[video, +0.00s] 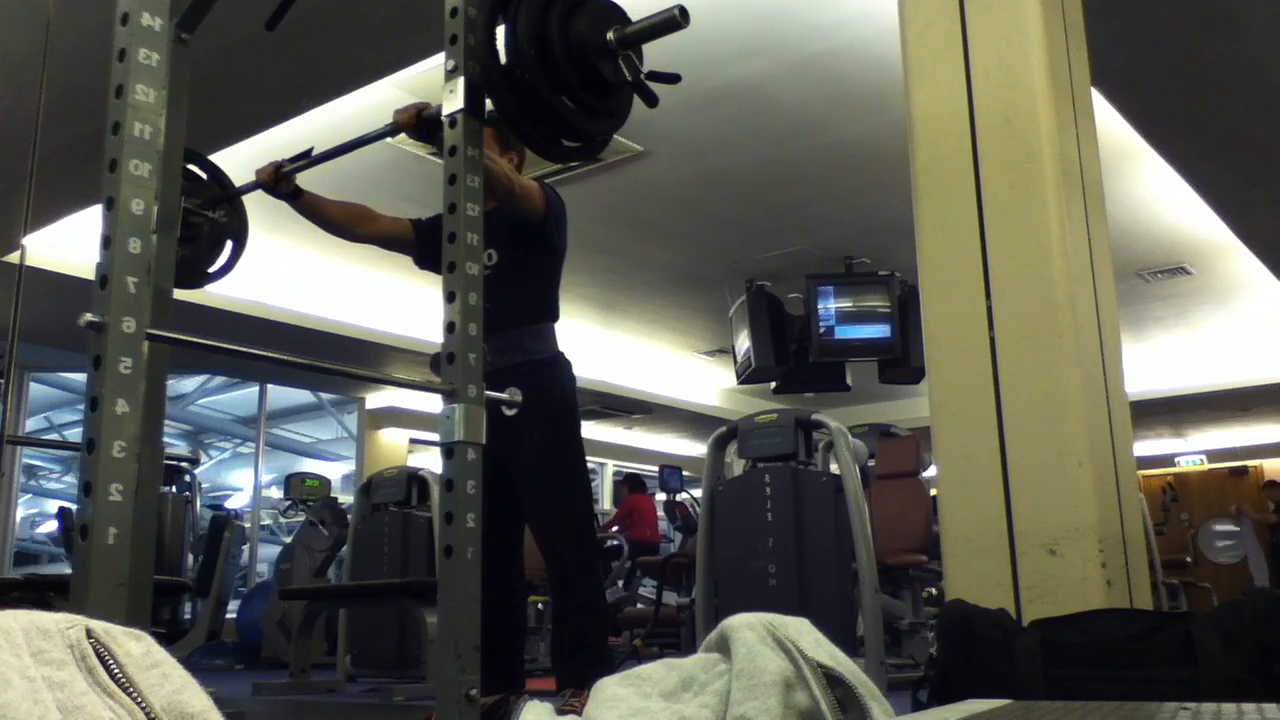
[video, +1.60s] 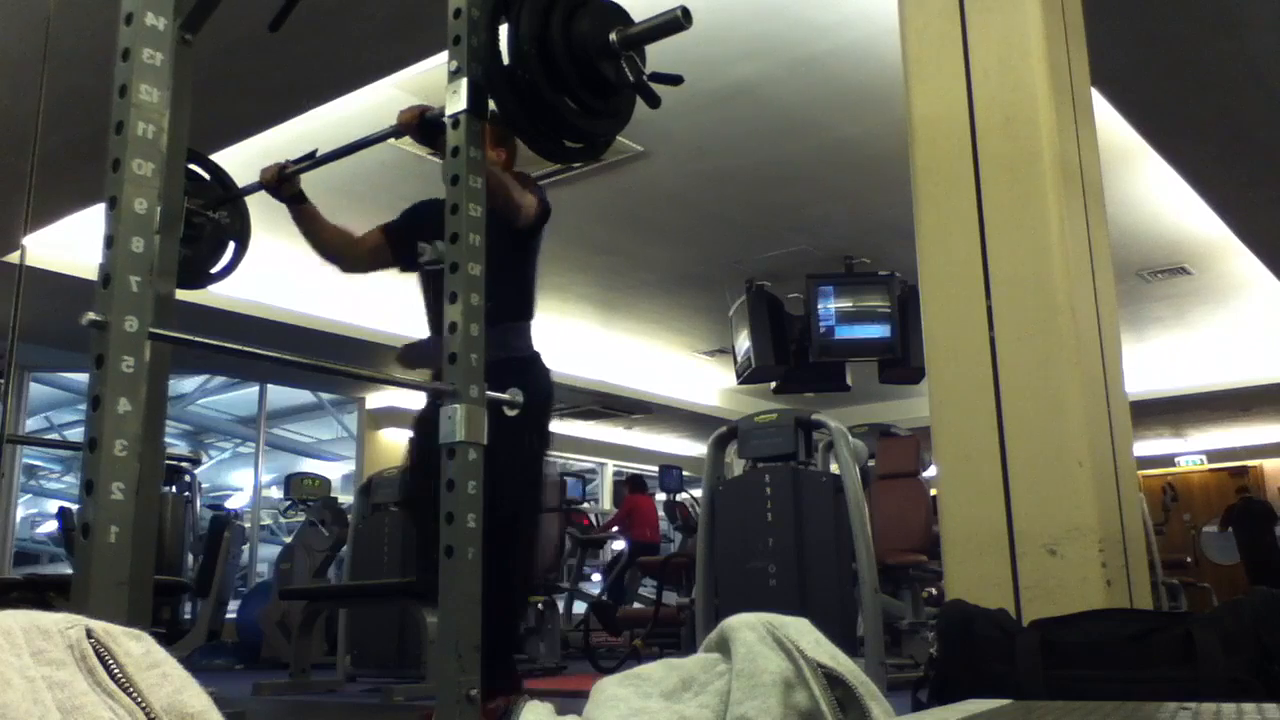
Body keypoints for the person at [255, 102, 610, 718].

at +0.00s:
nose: (468, 166)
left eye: (478, 154)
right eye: (462, 158)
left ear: (510, 155)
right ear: (458, 165)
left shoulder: (542, 209)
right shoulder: (456, 227)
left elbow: (505, 181)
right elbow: (368, 224)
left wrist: (441, 133)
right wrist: (294, 192)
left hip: (537, 383)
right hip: (475, 391)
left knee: (563, 537)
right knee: (487, 546)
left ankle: (580, 684)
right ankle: (497, 687)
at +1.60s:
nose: (468, 157)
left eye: (479, 145)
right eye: (460, 146)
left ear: (504, 152)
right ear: (447, 154)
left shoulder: (526, 200)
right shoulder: (431, 217)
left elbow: (517, 207)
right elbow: (350, 252)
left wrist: (445, 142)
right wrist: (297, 198)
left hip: (512, 389)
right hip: (449, 392)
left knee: (503, 537)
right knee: (435, 536)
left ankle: (500, 683)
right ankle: (461, 679)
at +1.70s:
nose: (428, 155)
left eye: (444, 146)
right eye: (427, 147)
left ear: (476, 156)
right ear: (427, 159)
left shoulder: (502, 208)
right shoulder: (407, 226)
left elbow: (499, 226)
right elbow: (331, 273)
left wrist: (436, 144)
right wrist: (291, 203)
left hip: (490, 397)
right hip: (421, 399)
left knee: (469, 544)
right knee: (370, 533)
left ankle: (475, 685)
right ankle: (437, 677)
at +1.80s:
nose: (403, 150)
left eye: (418, 140)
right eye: (399, 142)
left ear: (446, 153)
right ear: (393, 158)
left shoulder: (470, 206)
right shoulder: (382, 226)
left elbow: (469, 241)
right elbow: (304, 284)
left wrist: (434, 160)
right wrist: (281, 206)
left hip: (447, 404)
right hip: (386, 402)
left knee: (426, 553)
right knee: (298, 524)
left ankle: (445, 690)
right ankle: (343, 675)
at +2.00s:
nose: (373, 118)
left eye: (389, 114)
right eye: (370, 112)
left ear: (409, 140)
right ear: (354, 135)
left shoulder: (412, 195)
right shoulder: (315, 210)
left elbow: (399, 231)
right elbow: (240, 271)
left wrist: (412, 147)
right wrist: (258, 194)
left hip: (351, 379)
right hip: (287, 380)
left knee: (351, 546)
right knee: (220, 517)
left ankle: (432, 681)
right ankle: (250, 694)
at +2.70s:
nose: (404, 106)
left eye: (421, 103)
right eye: (404, 101)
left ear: (442, 130)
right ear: (390, 124)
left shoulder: (442, 178)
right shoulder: (354, 192)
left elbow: (414, 226)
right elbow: (267, 249)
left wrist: (440, 141)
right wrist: (300, 188)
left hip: (394, 352)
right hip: (325, 352)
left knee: (386, 516)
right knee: (275, 502)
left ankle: (399, 693)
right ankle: (258, 685)